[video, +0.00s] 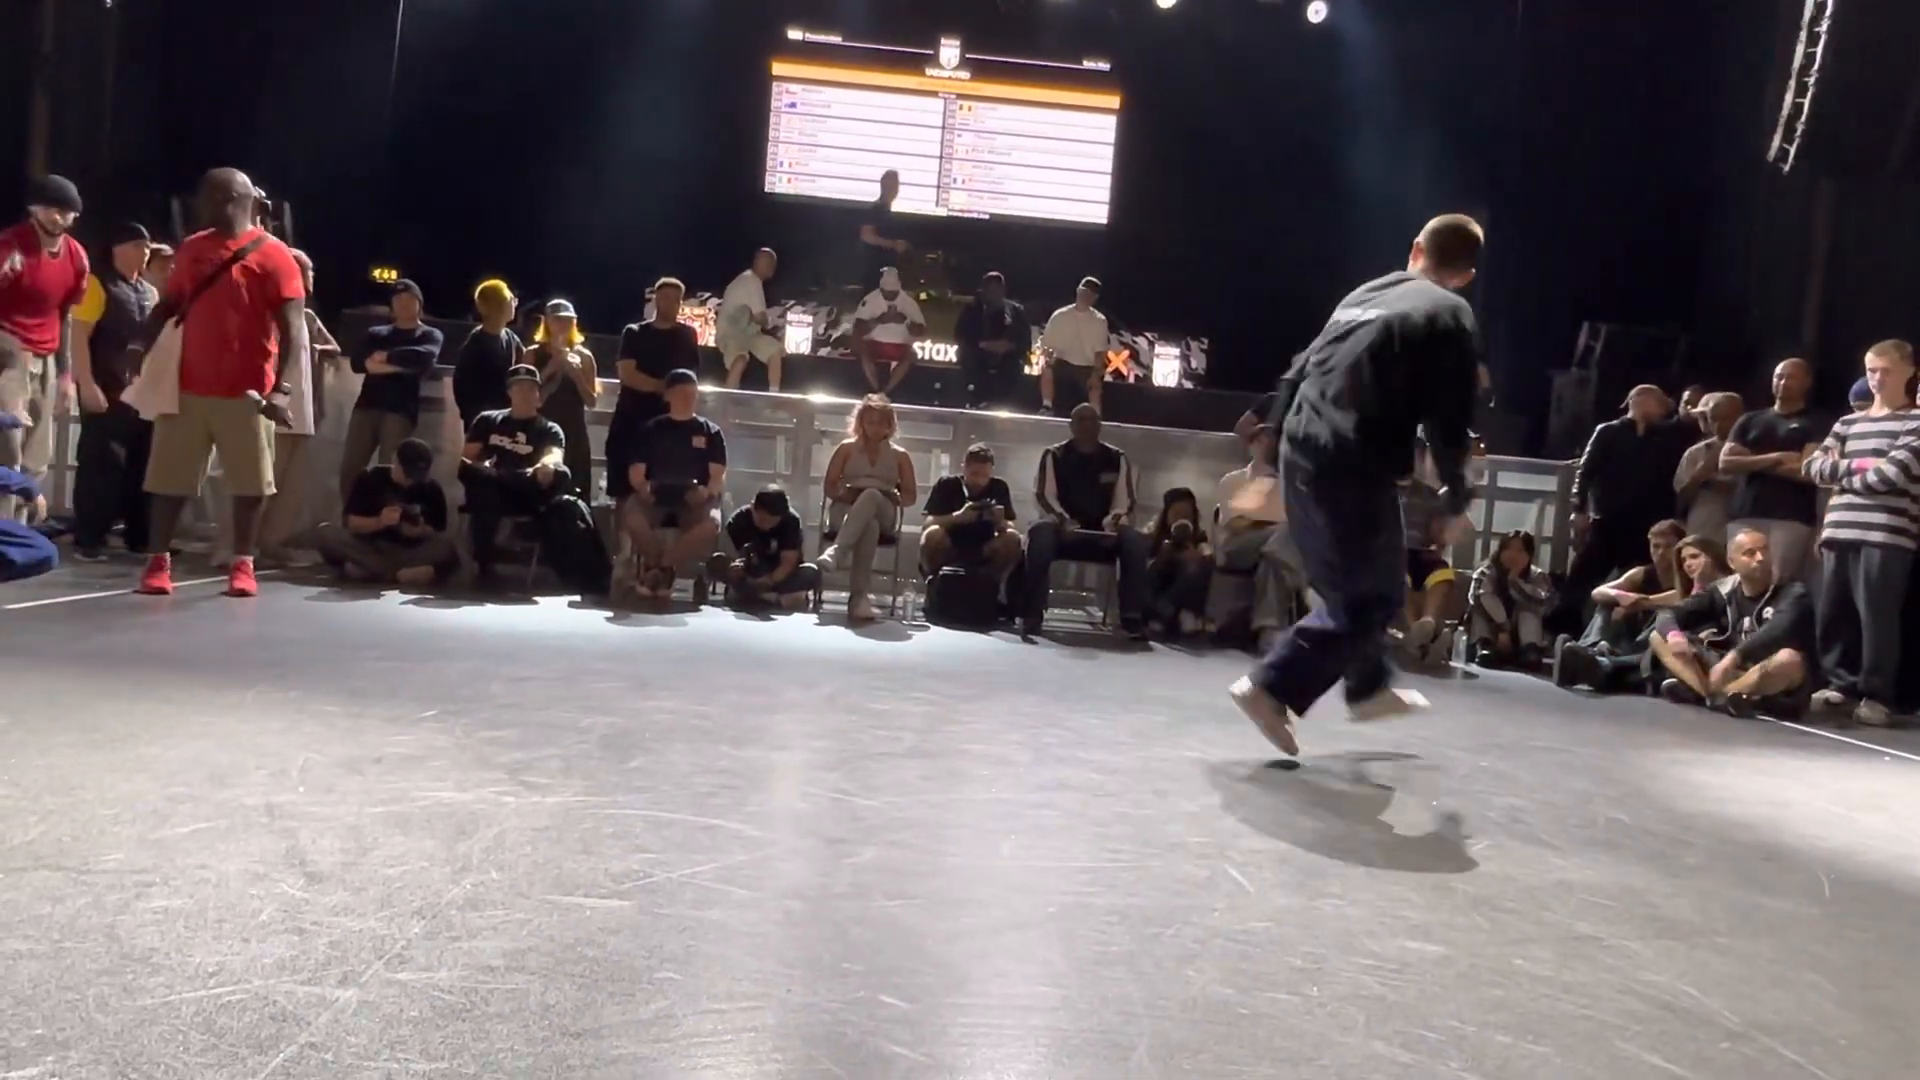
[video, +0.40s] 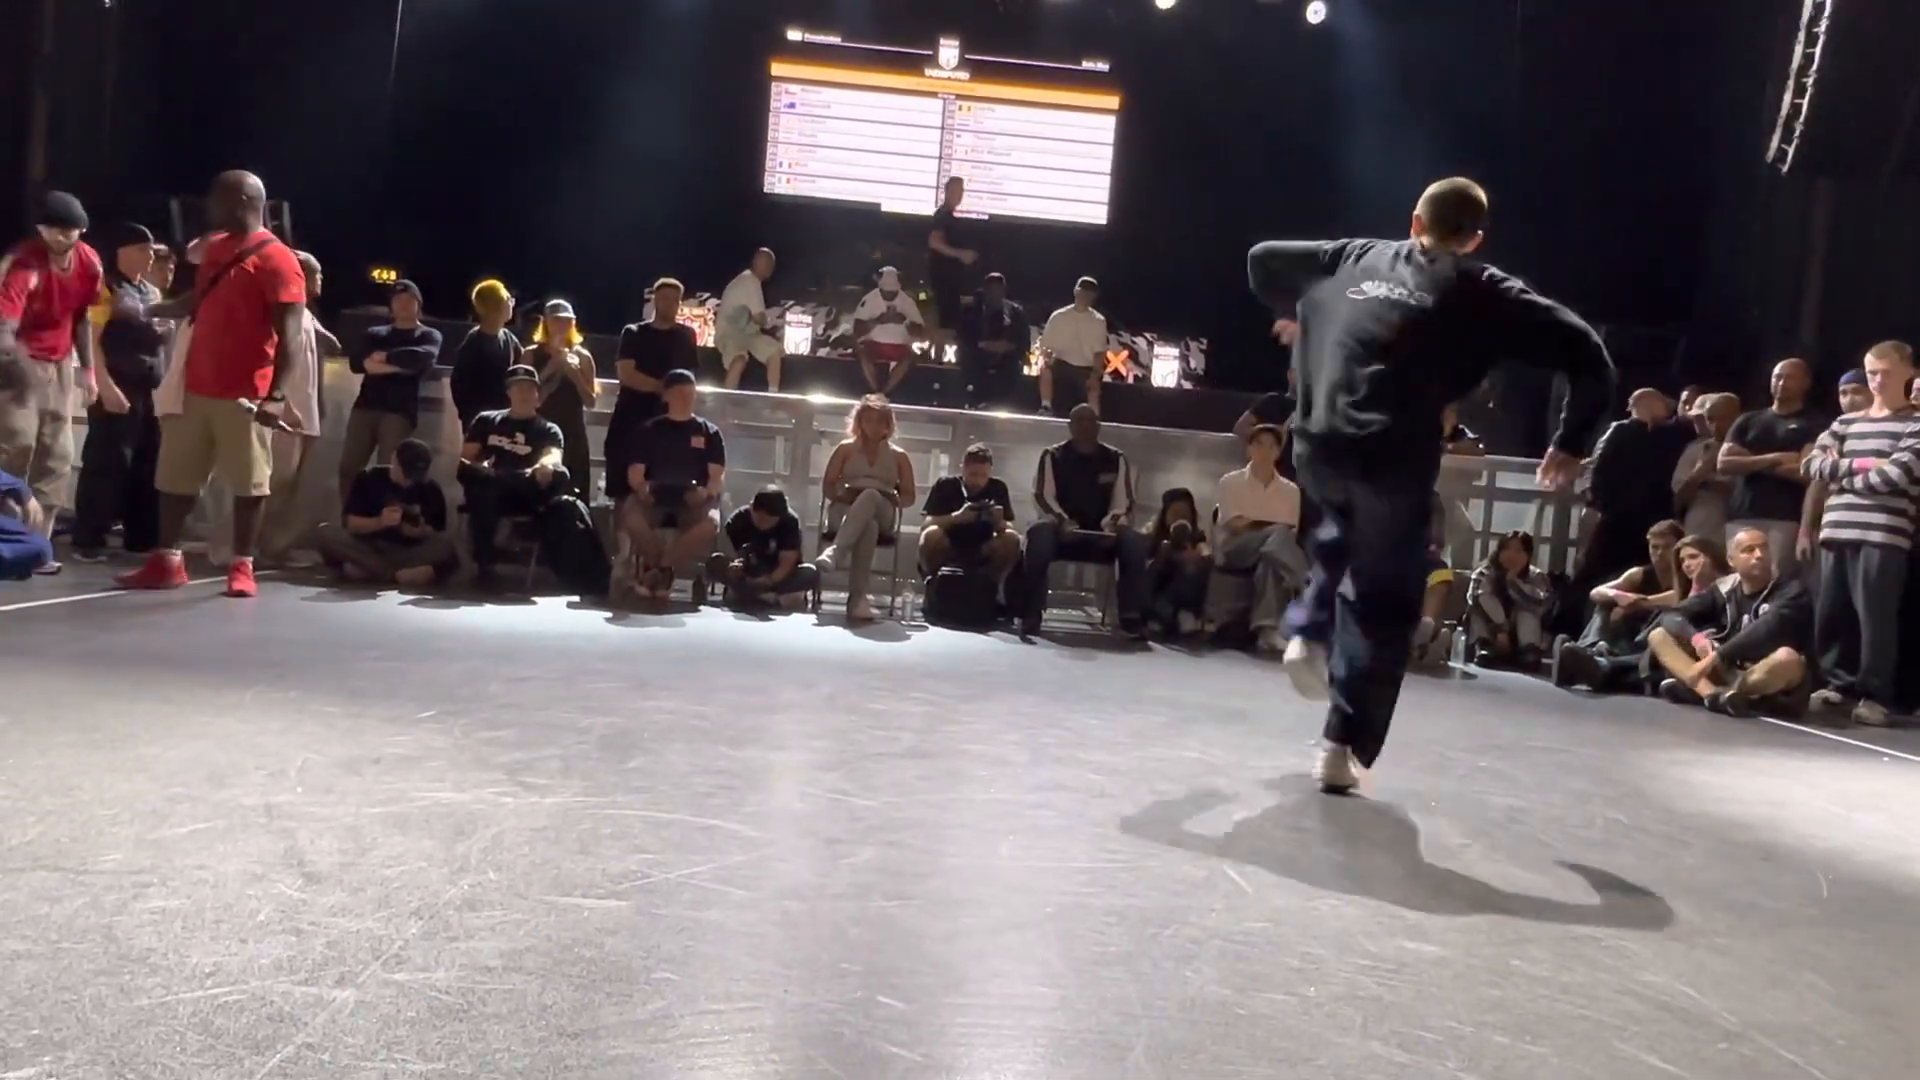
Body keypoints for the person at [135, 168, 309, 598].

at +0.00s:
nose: (212, 204)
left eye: (220, 196)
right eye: (210, 196)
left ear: (246, 201)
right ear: (210, 200)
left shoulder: (278, 257)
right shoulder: (191, 249)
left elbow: (294, 329)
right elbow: (165, 309)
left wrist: (284, 388)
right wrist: (140, 357)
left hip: (245, 394)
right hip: (185, 390)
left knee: (250, 485)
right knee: (168, 482)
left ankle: (243, 563)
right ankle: (158, 562)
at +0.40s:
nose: (211, 210)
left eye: (217, 202)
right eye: (212, 203)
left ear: (242, 203)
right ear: (243, 203)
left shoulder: (278, 259)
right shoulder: (214, 249)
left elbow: (292, 335)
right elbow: (199, 299)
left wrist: (279, 394)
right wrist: (150, 310)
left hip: (245, 396)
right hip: (194, 390)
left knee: (249, 486)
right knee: (175, 478)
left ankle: (242, 566)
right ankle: (167, 559)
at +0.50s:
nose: (211, 208)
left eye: (218, 200)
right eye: (212, 200)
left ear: (244, 203)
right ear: (244, 204)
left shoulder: (277, 259)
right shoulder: (215, 249)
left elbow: (291, 335)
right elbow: (197, 292)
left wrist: (279, 394)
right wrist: (139, 290)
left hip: (244, 396)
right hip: (192, 390)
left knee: (249, 486)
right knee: (176, 478)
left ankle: (243, 566)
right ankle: (177, 557)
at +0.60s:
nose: (209, 207)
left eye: (215, 199)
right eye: (209, 199)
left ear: (242, 202)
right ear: (236, 203)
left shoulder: (274, 258)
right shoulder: (211, 247)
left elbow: (288, 333)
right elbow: (190, 287)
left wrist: (277, 394)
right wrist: (128, 275)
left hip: (239, 393)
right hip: (189, 388)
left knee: (246, 483)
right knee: (177, 476)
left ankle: (242, 566)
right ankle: (180, 559)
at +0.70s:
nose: (207, 205)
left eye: (214, 197)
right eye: (206, 197)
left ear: (241, 201)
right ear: (218, 202)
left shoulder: (269, 256)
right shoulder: (201, 248)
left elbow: (283, 330)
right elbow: (178, 282)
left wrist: (274, 391)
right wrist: (117, 267)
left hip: (237, 391)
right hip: (183, 387)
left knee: (243, 483)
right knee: (176, 476)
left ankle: (241, 566)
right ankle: (179, 560)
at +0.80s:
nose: (196, 207)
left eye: (204, 199)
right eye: (196, 199)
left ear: (231, 201)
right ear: (205, 204)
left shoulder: (261, 256)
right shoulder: (194, 248)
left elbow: (280, 326)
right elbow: (175, 283)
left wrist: (271, 389)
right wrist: (114, 264)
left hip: (234, 391)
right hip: (181, 388)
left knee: (242, 483)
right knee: (176, 477)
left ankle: (240, 566)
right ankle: (179, 561)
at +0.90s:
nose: (184, 211)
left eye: (191, 202)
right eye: (183, 203)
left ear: (223, 202)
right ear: (188, 207)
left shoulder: (255, 256)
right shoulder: (186, 250)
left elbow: (272, 325)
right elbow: (160, 283)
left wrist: (264, 385)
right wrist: (107, 258)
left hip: (228, 389)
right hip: (175, 387)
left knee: (238, 480)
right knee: (172, 475)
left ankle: (239, 565)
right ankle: (179, 560)